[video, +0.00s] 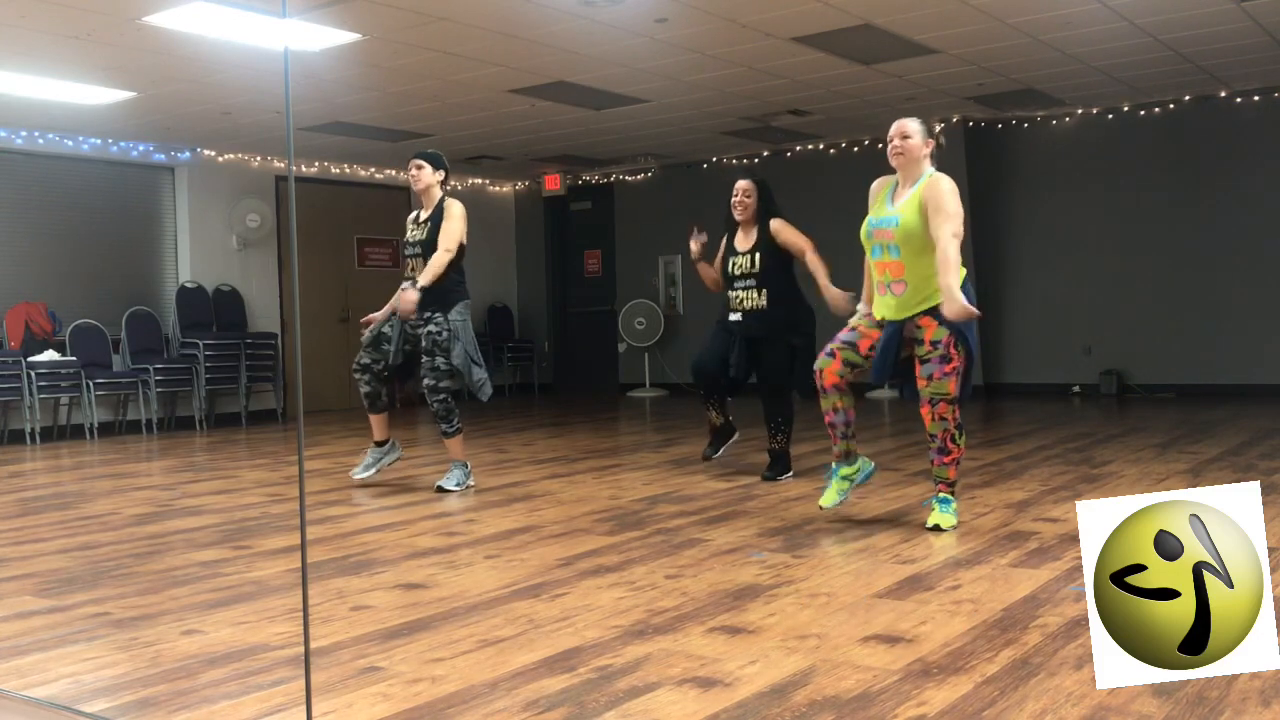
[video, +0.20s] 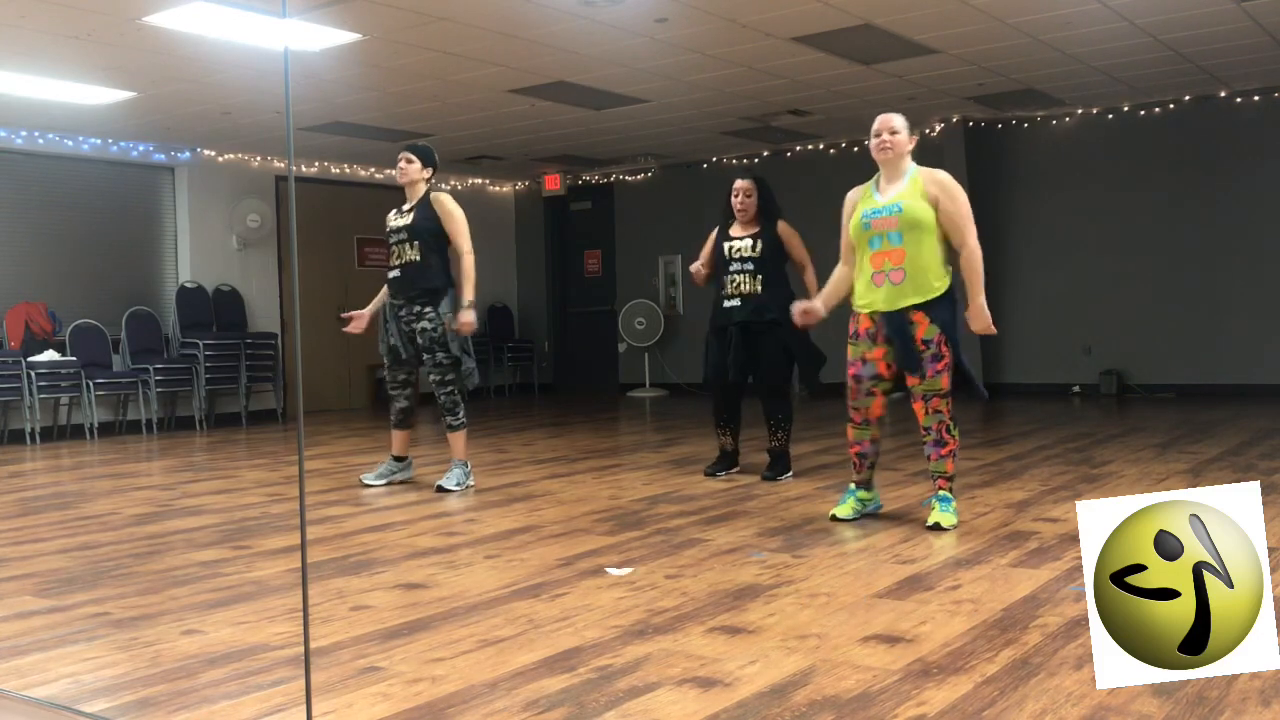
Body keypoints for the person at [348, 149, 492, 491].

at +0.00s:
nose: (412, 173)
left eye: (419, 168)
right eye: (410, 169)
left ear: (439, 175)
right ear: (409, 179)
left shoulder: (452, 208)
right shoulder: (413, 219)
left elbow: (446, 252)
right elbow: (411, 274)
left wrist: (416, 286)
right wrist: (386, 311)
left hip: (444, 314)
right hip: (410, 313)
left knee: (437, 385)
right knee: (367, 367)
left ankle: (460, 466)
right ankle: (383, 445)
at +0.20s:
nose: (400, 166)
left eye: (408, 162)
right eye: (398, 162)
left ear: (427, 170)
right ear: (397, 172)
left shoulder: (441, 201)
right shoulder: (394, 216)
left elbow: (465, 252)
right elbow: (398, 272)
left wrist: (466, 304)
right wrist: (369, 311)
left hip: (433, 310)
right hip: (397, 311)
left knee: (445, 385)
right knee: (399, 386)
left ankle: (460, 466)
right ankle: (399, 461)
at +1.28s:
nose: (389, 168)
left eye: (398, 165)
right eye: (389, 163)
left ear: (415, 176)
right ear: (385, 174)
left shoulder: (432, 210)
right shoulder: (374, 220)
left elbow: (457, 259)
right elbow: (369, 275)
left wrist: (468, 301)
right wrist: (334, 299)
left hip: (428, 311)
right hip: (389, 314)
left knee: (435, 384)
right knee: (392, 388)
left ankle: (458, 462)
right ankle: (400, 463)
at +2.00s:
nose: (386, 176)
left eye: (394, 172)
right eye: (385, 170)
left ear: (411, 182)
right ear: (382, 178)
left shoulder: (426, 219)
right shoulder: (366, 214)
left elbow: (444, 268)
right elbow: (346, 262)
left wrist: (441, 287)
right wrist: (327, 308)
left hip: (420, 312)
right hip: (382, 316)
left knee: (428, 378)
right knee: (380, 387)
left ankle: (454, 455)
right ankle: (400, 464)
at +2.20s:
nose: (392, 169)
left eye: (400, 164)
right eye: (391, 164)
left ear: (420, 171)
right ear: (391, 172)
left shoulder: (435, 209)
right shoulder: (384, 208)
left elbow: (441, 265)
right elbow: (384, 260)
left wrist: (398, 270)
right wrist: (376, 302)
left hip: (427, 310)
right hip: (390, 311)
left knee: (435, 386)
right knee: (392, 385)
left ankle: (456, 465)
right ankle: (400, 462)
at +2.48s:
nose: (394, 173)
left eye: (401, 168)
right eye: (392, 168)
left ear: (422, 174)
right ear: (393, 176)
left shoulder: (433, 205)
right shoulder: (400, 220)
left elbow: (443, 258)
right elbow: (407, 278)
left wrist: (424, 307)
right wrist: (380, 300)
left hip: (435, 308)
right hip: (402, 309)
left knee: (435, 383)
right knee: (373, 373)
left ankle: (456, 465)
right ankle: (391, 453)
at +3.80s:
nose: (407, 179)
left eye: (413, 173)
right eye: (406, 174)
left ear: (436, 174)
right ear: (412, 179)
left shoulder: (456, 211)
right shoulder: (416, 215)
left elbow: (452, 257)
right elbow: (415, 271)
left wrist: (417, 277)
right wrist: (394, 307)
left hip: (445, 314)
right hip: (412, 313)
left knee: (437, 385)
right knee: (374, 370)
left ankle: (459, 465)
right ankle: (386, 450)